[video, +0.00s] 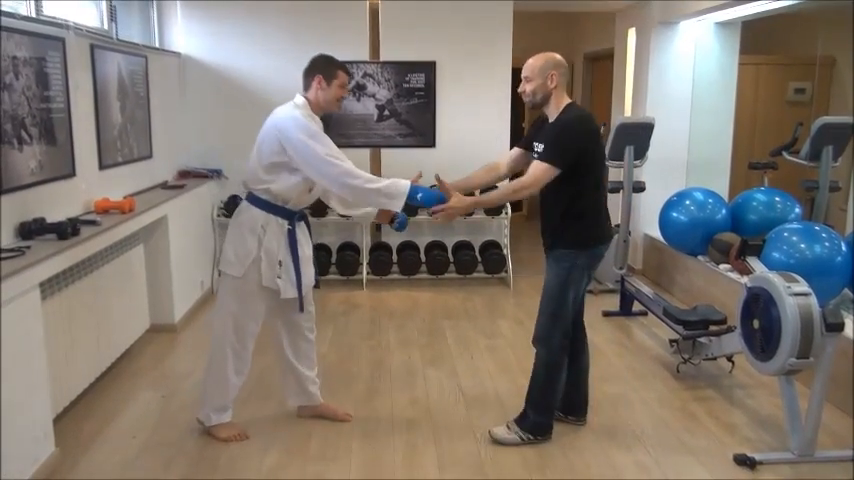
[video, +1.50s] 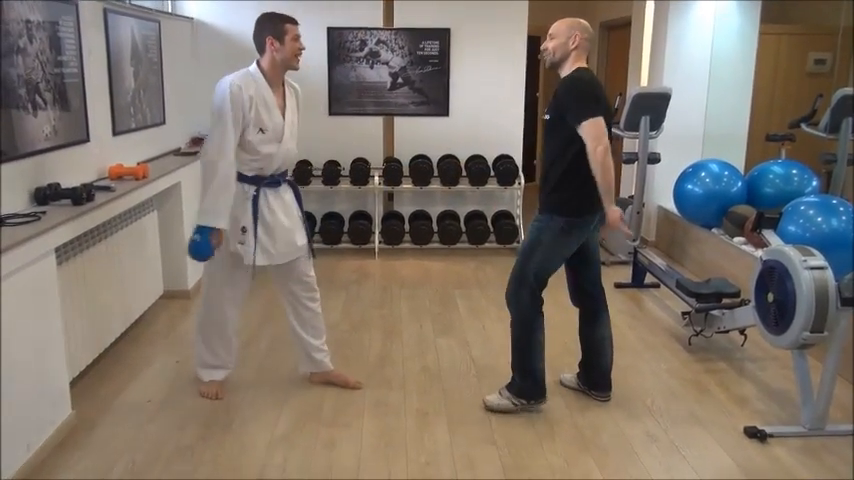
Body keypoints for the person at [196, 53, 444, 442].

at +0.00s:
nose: (344, 97)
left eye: (346, 90)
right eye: (341, 88)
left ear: (319, 86)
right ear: (318, 83)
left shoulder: (309, 125)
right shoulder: (291, 121)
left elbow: (334, 191)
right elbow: (341, 177)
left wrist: (379, 211)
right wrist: (410, 191)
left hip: (290, 230)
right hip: (257, 226)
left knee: (299, 316)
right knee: (238, 322)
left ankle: (309, 400)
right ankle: (214, 415)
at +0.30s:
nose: (359, 83)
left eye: (359, 76)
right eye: (354, 75)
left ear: (334, 78)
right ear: (330, 75)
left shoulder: (333, 118)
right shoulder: (306, 110)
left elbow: (356, 167)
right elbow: (344, 166)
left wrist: (399, 179)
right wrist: (400, 177)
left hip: (299, 220)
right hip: (264, 214)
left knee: (302, 305)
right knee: (241, 310)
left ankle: (308, 391)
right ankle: (218, 403)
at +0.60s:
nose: (360, 69)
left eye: (362, 63)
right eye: (355, 61)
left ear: (337, 64)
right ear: (330, 60)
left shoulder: (337, 106)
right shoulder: (304, 97)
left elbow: (360, 158)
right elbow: (338, 159)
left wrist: (399, 190)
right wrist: (394, 175)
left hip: (304, 207)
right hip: (268, 201)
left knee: (307, 293)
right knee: (244, 296)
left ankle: (310, 379)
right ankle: (221, 388)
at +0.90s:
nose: (355, 54)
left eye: (357, 47)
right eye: (349, 45)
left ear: (337, 49)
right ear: (325, 46)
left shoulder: (337, 94)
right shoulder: (297, 84)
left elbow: (361, 146)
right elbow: (336, 144)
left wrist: (403, 170)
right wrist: (396, 153)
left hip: (304, 195)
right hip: (267, 189)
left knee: (307, 281)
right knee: (246, 284)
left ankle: (313, 367)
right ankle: (223, 376)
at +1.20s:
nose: (333, 40)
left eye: (332, 33)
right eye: (326, 32)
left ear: (311, 39)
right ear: (301, 37)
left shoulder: (321, 87)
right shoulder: (273, 79)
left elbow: (346, 143)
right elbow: (299, 143)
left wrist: (380, 186)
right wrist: (362, 170)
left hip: (300, 189)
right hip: (258, 187)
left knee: (308, 276)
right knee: (237, 278)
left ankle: (317, 360)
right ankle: (210, 366)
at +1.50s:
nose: (302, 47)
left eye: (301, 40)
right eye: (296, 40)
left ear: (276, 45)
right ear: (271, 44)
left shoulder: (293, 92)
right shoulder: (235, 89)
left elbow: (282, 154)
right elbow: (218, 157)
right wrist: (211, 221)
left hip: (281, 196)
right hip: (239, 197)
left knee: (303, 284)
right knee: (225, 289)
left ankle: (318, 365)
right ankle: (211, 371)